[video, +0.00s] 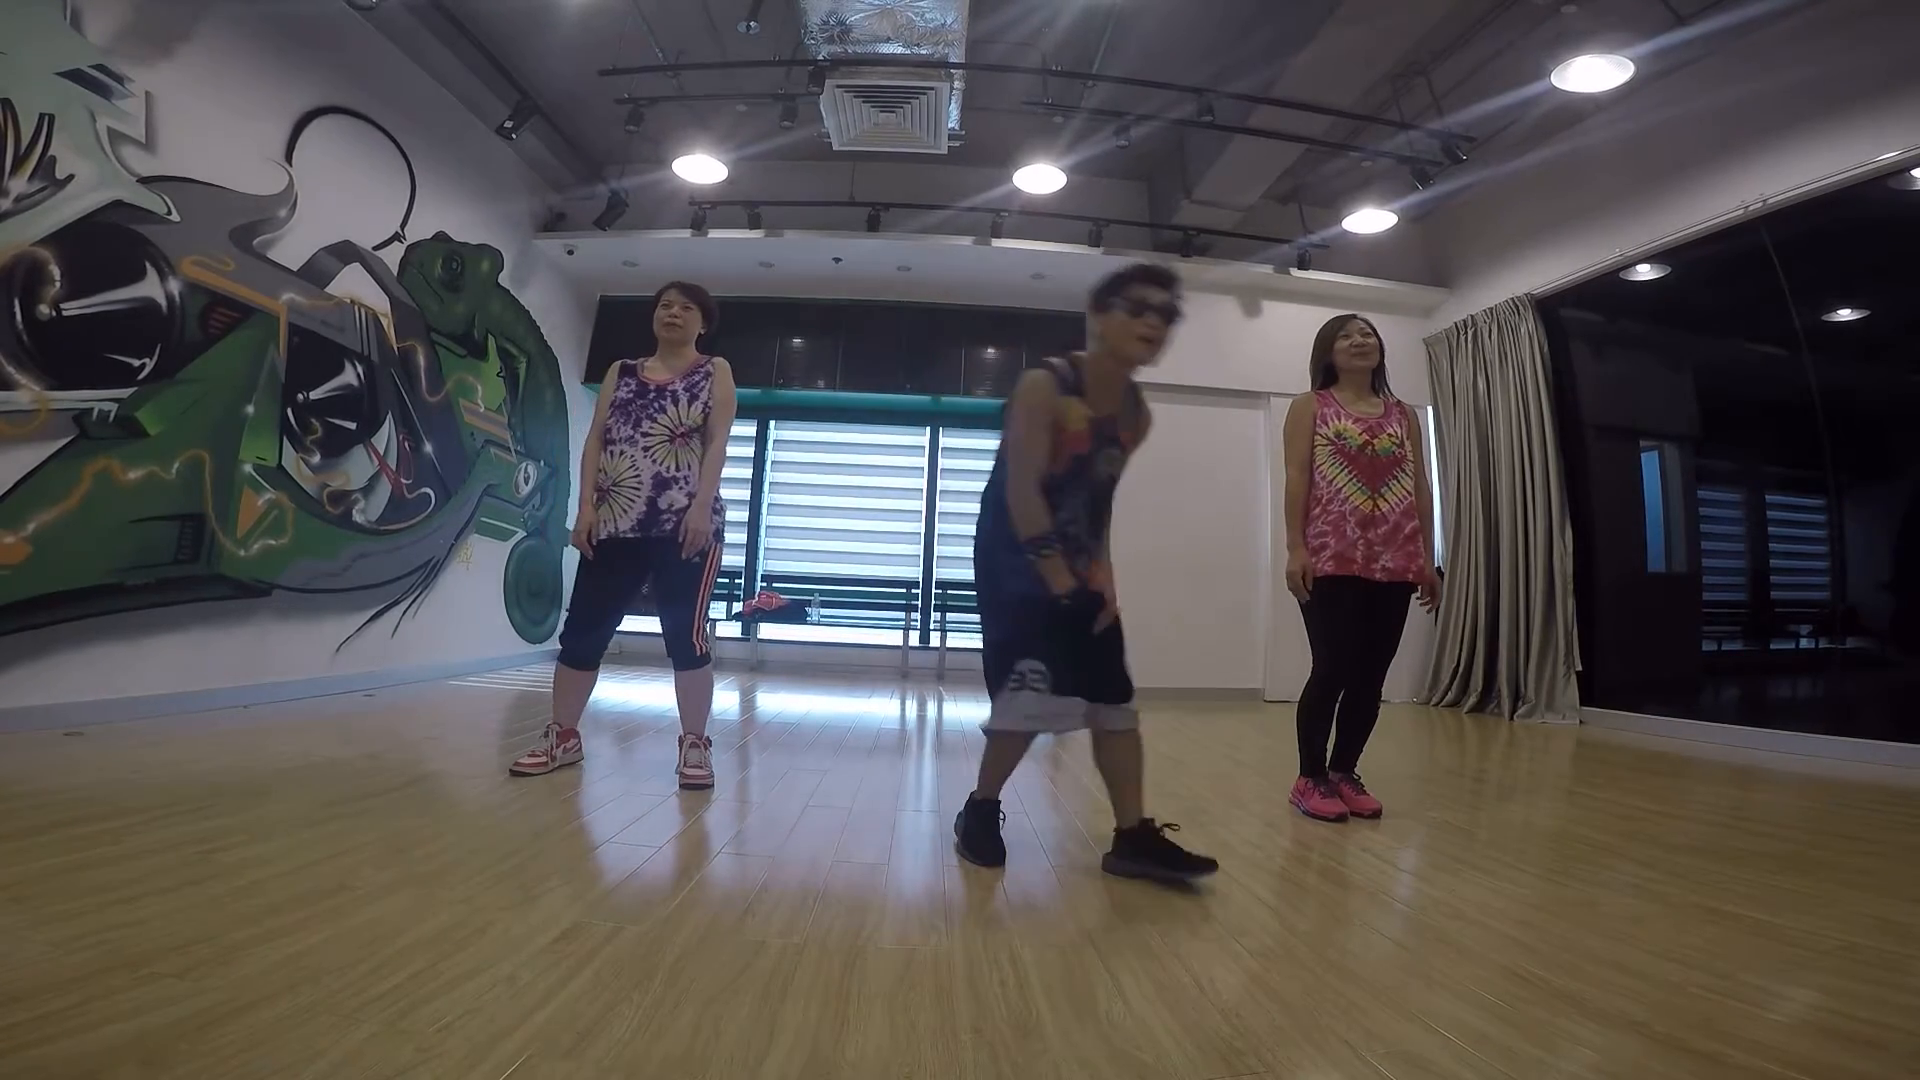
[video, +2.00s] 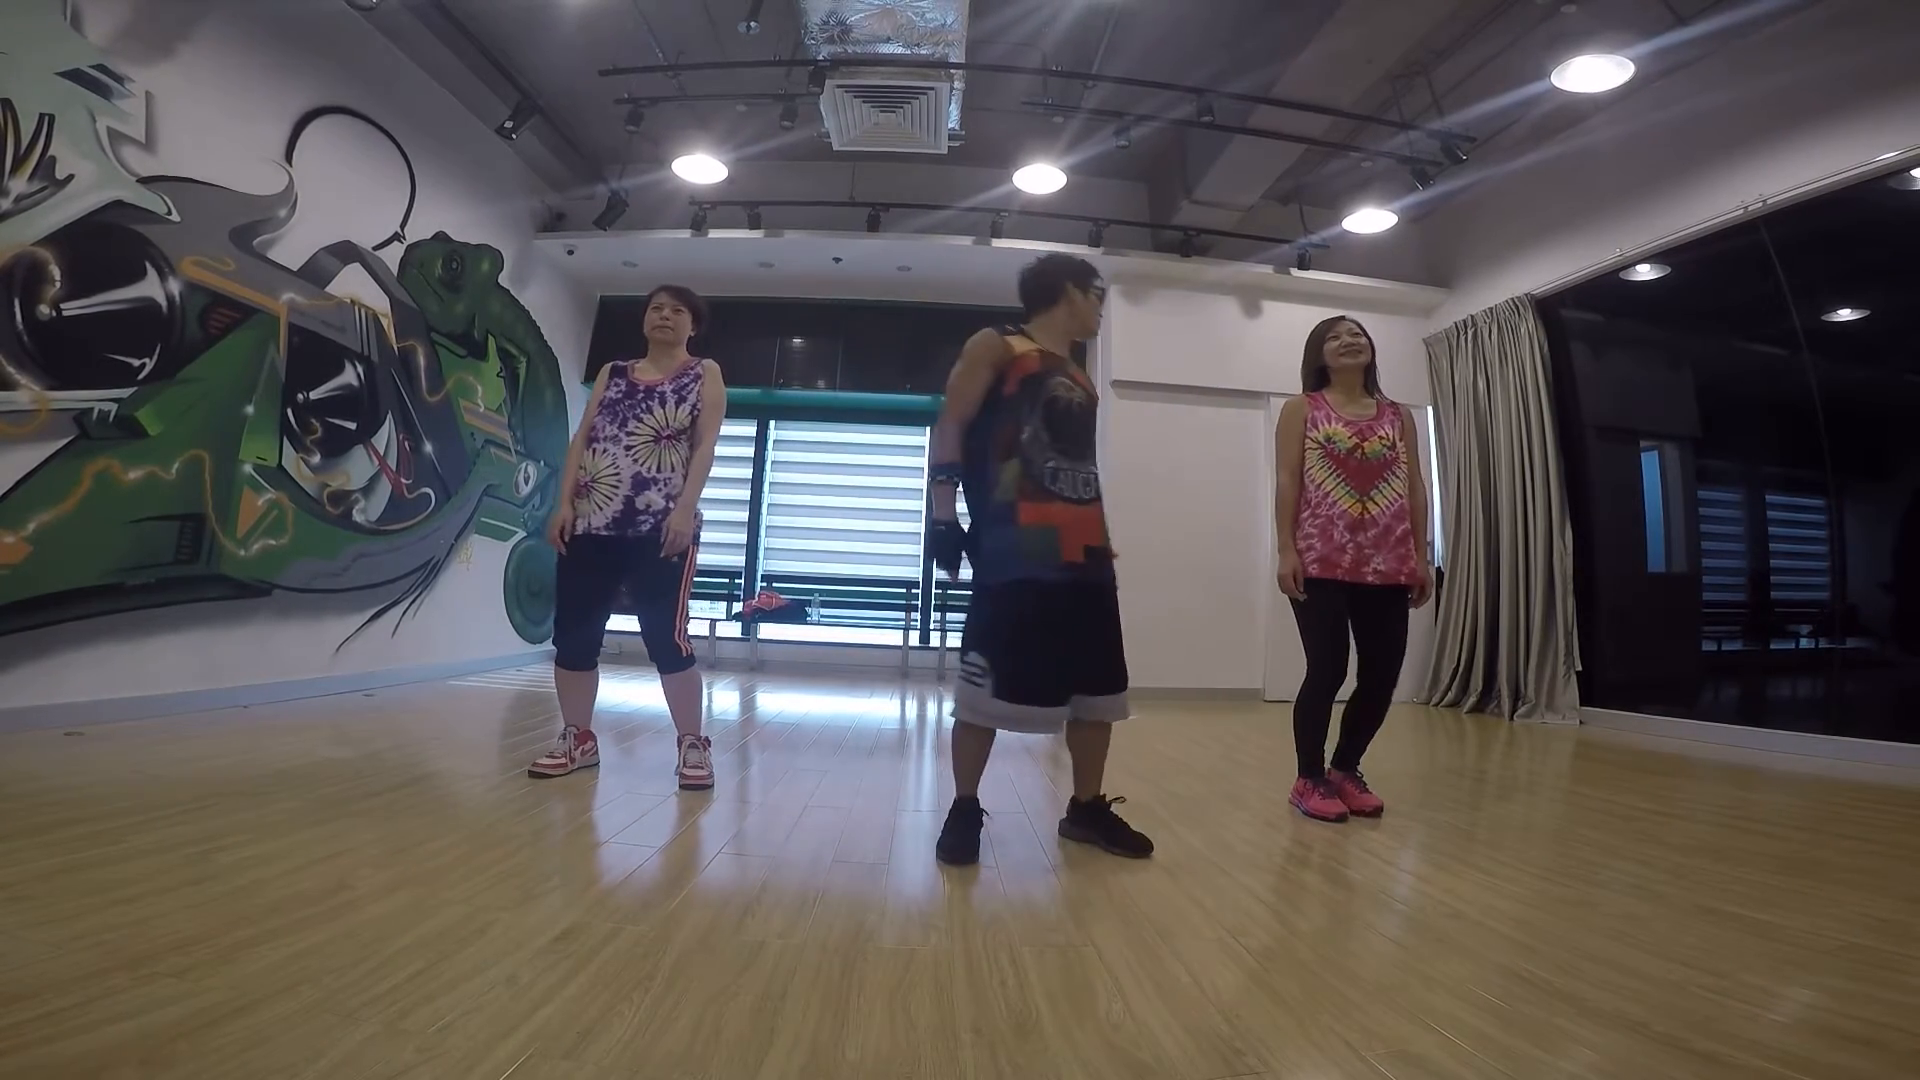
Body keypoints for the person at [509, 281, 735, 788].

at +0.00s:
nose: (673, 312)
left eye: (685, 307)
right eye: (665, 306)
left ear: (702, 324)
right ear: (653, 317)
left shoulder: (713, 371)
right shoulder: (621, 372)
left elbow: (716, 444)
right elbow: (595, 440)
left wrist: (702, 507)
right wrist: (586, 506)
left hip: (683, 527)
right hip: (615, 524)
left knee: (686, 640)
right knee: (581, 634)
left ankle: (695, 745)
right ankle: (562, 739)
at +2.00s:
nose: (664, 315)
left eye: (676, 309)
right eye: (656, 308)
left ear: (693, 326)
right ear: (643, 320)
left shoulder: (705, 374)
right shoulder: (612, 373)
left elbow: (704, 446)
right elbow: (581, 441)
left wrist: (685, 509)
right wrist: (564, 501)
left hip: (659, 529)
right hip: (591, 526)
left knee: (666, 641)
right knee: (573, 637)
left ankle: (692, 744)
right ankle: (578, 740)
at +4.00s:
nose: (668, 310)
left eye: (681, 305)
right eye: (660, 303)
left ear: (697, 322)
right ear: (647, 316)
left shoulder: (709, 368)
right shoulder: (619, 373)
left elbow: (711, 441)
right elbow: (591, 441)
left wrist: (694, 506)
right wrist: (575, 504)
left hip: (671, 527)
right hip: (603, 523)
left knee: (672, 641)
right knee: (580, 636)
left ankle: (692, 745)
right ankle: (578, 741)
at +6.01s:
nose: (646, 305)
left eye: (659, 300)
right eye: (637, 298)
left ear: (675, 317)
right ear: (623, 312)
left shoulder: (686, 376)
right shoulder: (585, 359)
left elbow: (686, 450)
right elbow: (549, 424)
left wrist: (689, 519)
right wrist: (523, 493)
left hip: (646, 522)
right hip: (574, 518)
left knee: (626, 632)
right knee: (580, 636)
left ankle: (628, 744)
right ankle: (591, 741)